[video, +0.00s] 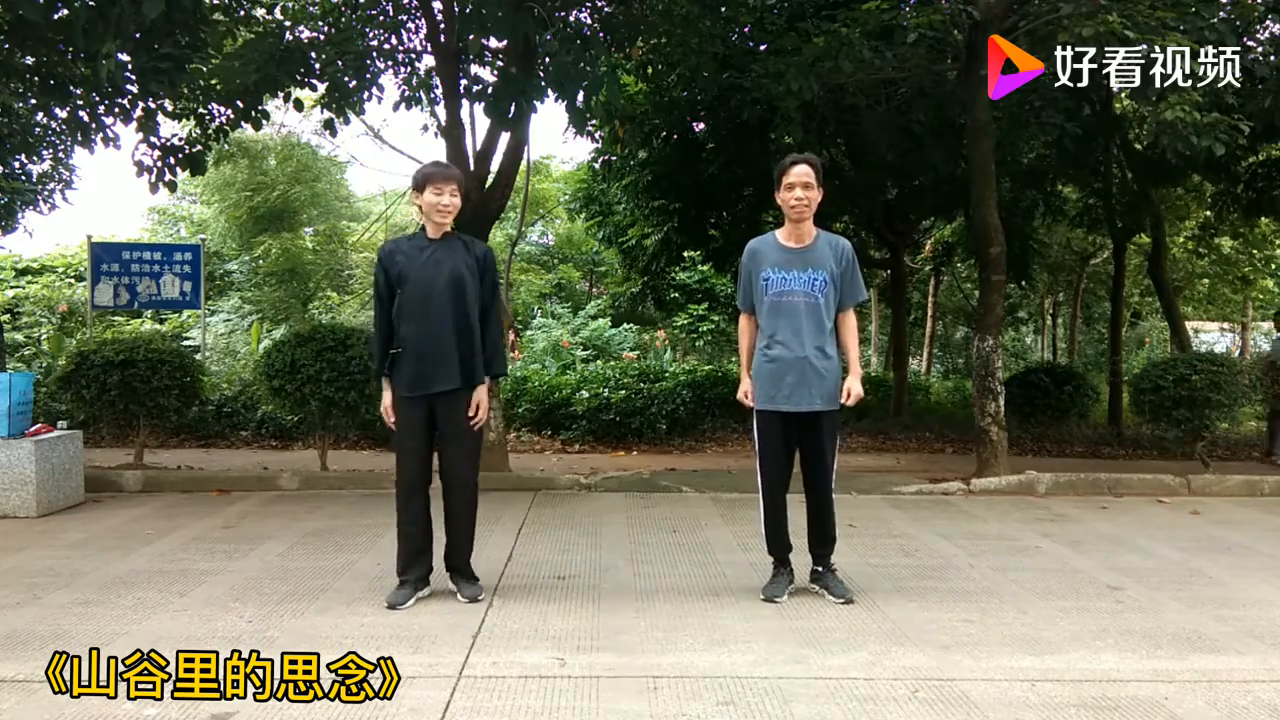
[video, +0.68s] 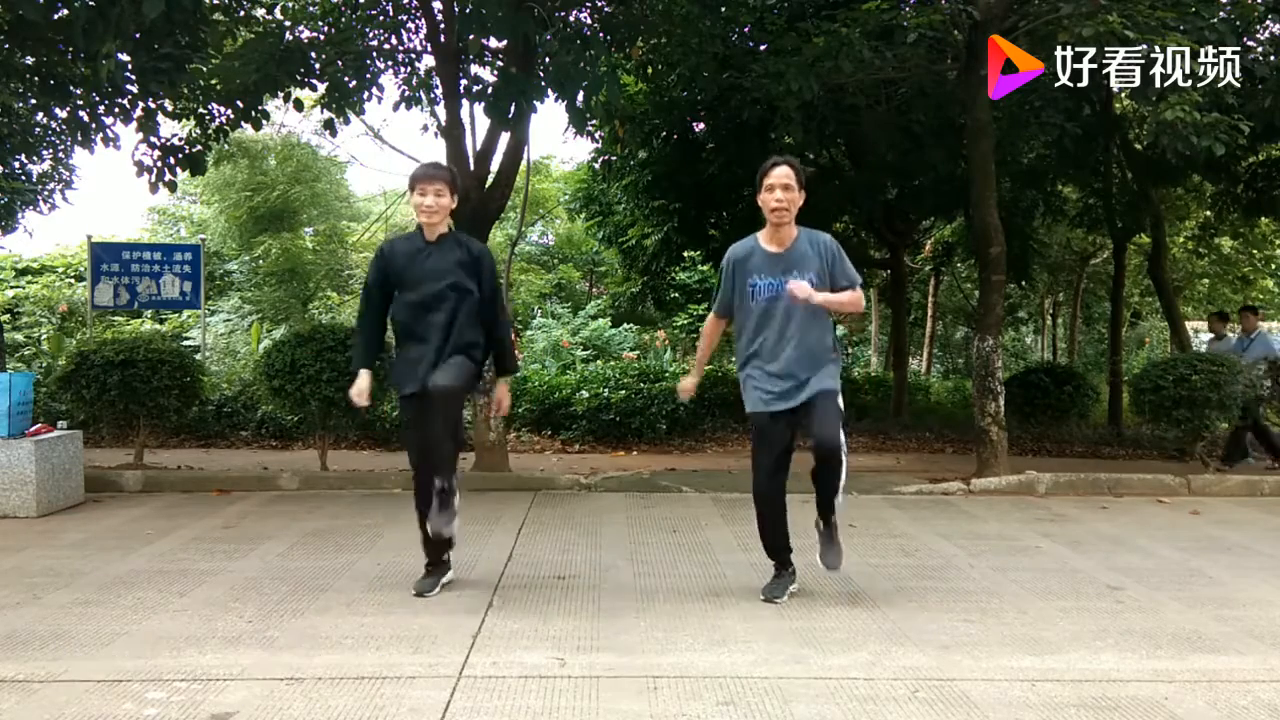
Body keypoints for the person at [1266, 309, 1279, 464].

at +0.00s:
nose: (1275, 326)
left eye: (1276, 322)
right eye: (1274, 322)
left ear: (1278, 324)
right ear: (1274, 324)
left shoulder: (1275, 345)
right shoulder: (1275, 344)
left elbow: (1272, 364)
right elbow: (1271, 364)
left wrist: (1268, 386)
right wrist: (1267, 386)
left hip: (1275, 391)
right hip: (1273, 391)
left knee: (1274, 419)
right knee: (1273, 419)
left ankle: (1274, 451)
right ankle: (1271, 450)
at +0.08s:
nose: (1270, 326)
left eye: (1272, 323)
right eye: (1269, 323)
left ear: (1278, 324)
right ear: (1270, 325)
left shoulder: (1273, 344)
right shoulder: (1270, 343)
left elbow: (1268, 364)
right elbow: (1264, 363)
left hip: (1274, 390)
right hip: (1272, 389)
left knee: (1272, 418)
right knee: (1271, 418)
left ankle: (1263, 448)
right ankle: (1262, 447)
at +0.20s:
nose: (1257, 326)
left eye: (1261, 323)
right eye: (1257, 323)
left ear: (1270, 324)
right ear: (1259, 325)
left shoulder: (1277, 344)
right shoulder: (1257, 344)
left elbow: (1276, 365)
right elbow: (1251, 365)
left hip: (1273, 389)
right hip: (1259, 388)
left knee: (1258, 421)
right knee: (1268, 421)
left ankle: (1248, 452)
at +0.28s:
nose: (1251, 326)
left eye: (1255, 322)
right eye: (1251, 322)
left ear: (1265, 323)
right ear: (1252, 324)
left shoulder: (1274, 344)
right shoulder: (1250, 342)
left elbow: (1274, 367)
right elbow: (1241, 360)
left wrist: (1272, 386)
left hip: (1265, 386)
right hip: (1249, 385)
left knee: (1255, 420)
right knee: (1250, 418)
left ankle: (1247, 451)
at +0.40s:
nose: (1240, 325)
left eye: (1243, 321)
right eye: (1239, 321)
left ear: (1252, 322)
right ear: (1241, 322)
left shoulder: (1260, 341)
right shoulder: (1239, 340)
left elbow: (1263, 364)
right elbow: (1238, 360)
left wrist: (1261, 382)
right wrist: (1237, 377)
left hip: (1255, 382)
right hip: (1241, 381)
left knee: (1250, 416)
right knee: (1240, 415)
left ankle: (1247, 450)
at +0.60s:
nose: (1250, 321)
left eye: (1253, 317)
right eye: (1248, 318)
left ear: (1262, 318)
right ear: (1247, 321)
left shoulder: (1273, 340)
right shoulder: (1245, 342)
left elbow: (1275, 365)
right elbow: (1235, 360)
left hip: (1266, 391)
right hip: (1247, 390)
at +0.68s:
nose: (1243, 321)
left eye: (1247, 317)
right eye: (1241, 318)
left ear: (1257, 319)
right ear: (1240, 320)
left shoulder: (1266, 339)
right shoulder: (1239, 340)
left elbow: (1275, 361)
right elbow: (1228, 358)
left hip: (1256, 386)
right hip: (1239, 385)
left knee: (1242, 422)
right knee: (1255, 422)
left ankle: (1229, 458)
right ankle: (1275, 452)